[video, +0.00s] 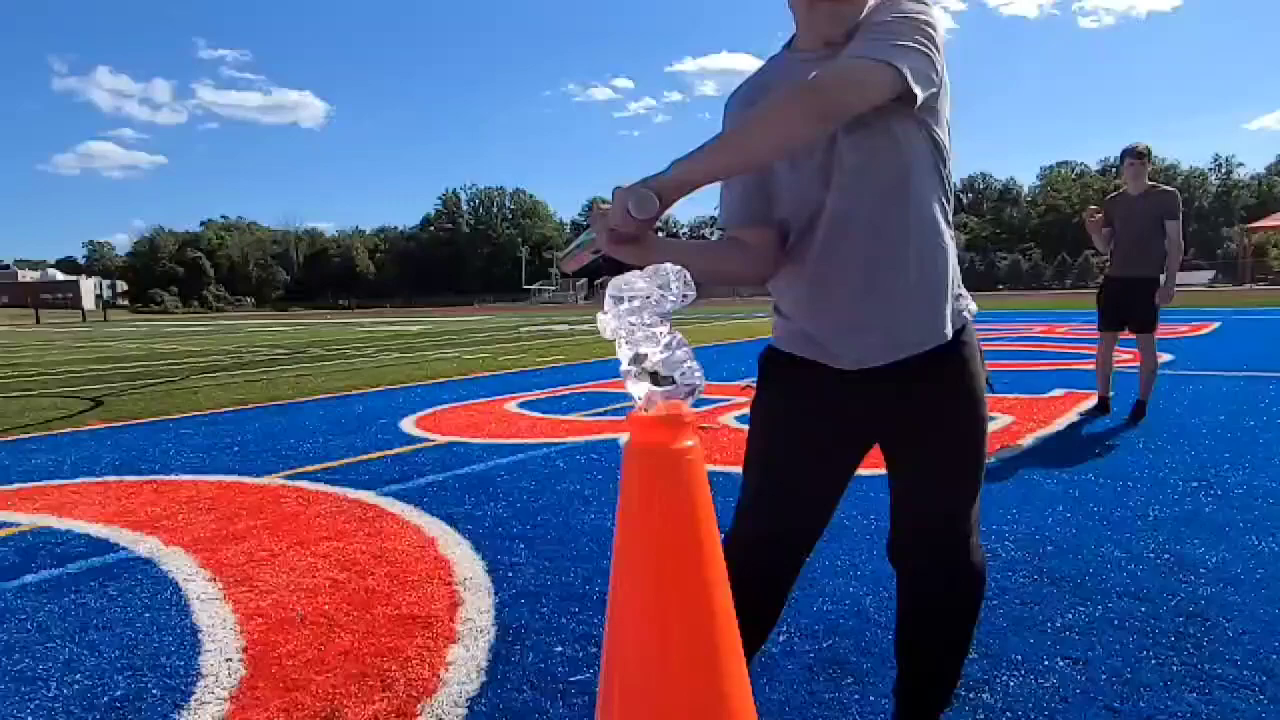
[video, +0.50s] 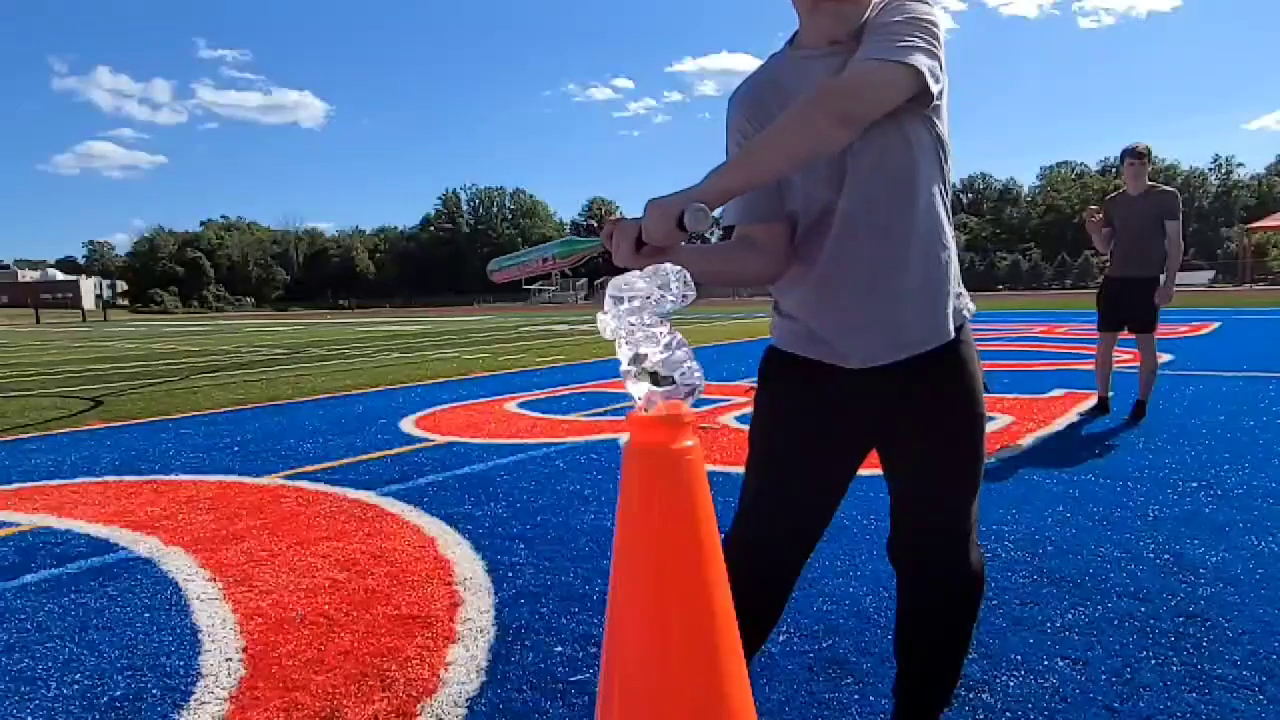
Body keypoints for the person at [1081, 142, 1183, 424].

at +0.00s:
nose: (1135, 164)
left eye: (1140, 159)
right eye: (1129, 160)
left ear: (1148, 165)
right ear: (1122, 167)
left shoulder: (1167, 197)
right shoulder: (1113, 202)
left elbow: (1174, 243)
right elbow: (1104, 247)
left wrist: (1168, 284)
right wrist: (1094, 229)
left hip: (1146, 280)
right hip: (1115, 280)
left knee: (1145, 343)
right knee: (1106, 341)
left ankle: (1141, 402)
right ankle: (1103, 400)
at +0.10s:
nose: (1135, 164)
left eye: (1140, 159)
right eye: (1130, 160)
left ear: (1148, 165)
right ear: (1122, 167)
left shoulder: (1167, 197)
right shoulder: (1113, 202)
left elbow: (1174, 243)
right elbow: (1104, 247)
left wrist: (1168, 284)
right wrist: (1094, 229)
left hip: (1146, 280)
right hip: (1115, 280)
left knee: (1145, 343)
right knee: (1106, 340)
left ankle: (1141, 402)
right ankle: (1103, 400)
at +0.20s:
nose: (1135, 164)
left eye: (1140, 159)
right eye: (1130, 160)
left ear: (1148, 165)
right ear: (1122, 167)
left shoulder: (1167, 197)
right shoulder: (1113, 202)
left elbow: (1174, 242)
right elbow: (1104, 247)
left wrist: (1168, 284)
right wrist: (1094, 229)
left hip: (1146, 281)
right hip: (1115, 280)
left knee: (1145, 343)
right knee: (1106, 341)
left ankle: (1141, 402)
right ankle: (1103, 400)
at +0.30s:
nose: (1135, 164)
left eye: (1140, 160)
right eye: (1130, 160)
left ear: (1148, 165)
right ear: (1122, 167)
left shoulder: (1167, 197)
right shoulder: (1113, 202)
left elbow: (1174, 242)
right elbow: (1104, 247)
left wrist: (1168, 284)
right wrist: (1094, 229)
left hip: (1146, 281)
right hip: (1115, 280)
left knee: (1145, 343)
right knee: (1106, 341)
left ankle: (1141, 402)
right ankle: (1103, 400)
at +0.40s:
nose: (1135, 165)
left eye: (1140, 160)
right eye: (1130, 161)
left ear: (1148, 165)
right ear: (1122, 167)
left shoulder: (1167, 197)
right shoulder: (1113, 202)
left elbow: (1174, 242)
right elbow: (1104, 247)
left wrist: (1168, 284)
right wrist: (1094, 230)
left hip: (1146, 280)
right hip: (1115, 280)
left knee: (1145, 343)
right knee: (1106, 341)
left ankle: (1141, 401)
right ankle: (1103, 399)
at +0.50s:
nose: (1135, 165)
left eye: (1140, 160)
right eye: (1130, 161)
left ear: (1148, 165)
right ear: (1122, 167)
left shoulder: (1167, 197)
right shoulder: (1113, 202)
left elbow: (1174, 242)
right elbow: (1104, 247)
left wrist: (1168, 284)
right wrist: (1094, 229)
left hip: (1146, 281)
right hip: (1115, 280)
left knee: (1145, 343)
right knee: (1106, 341)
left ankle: (1141, 402)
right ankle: (1102, 399)